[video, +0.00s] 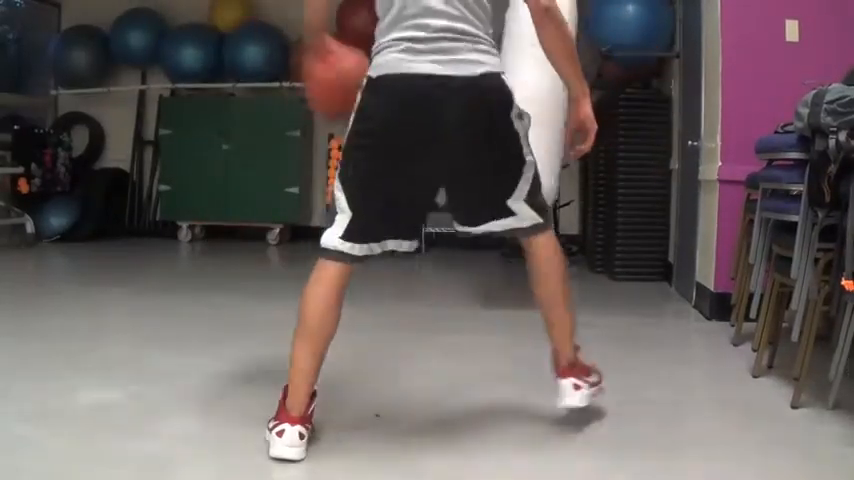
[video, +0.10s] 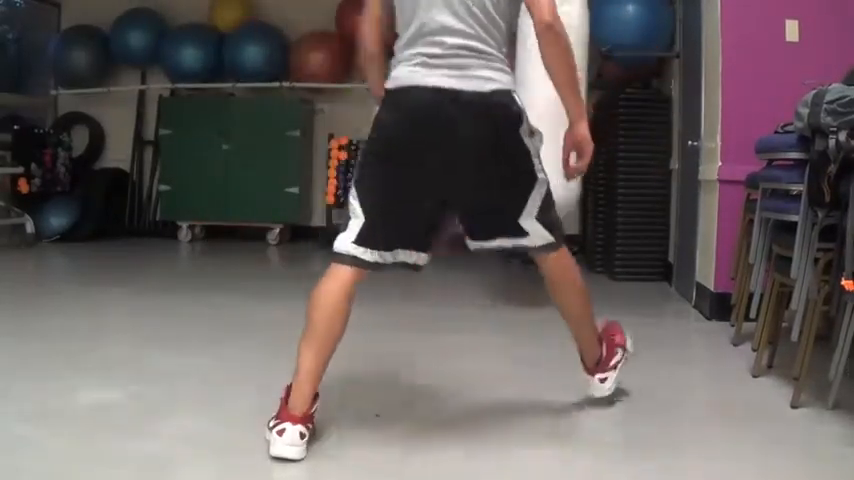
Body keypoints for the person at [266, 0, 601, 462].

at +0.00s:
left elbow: (320, 5)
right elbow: (544, 12)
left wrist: (317, 43)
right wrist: (579, 91)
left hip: (393, 88)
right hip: (479, 90)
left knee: (336, 254)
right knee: (535, 229)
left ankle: (292, 415)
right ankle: (569, 368)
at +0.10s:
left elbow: (371, 42)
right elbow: (547, 20)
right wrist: (578, 117)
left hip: (406, 111)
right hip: (489, 113)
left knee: (347, 263)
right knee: (548, 245)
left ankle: (294, 415)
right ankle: (596, 359)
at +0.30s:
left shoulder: (488, 4)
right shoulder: (577, 6)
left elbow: (480, 74)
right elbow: (565, 82)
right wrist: (572, 181)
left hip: (463, 145)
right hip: (532, 149)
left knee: (399, 279)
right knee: (599, 246)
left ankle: (313, 388)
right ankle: (615, 368)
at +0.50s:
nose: (626, 19)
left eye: (630, 16)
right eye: (625, 13)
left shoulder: (532, 10)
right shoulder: (600, 3)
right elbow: (624, 41)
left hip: (483, 125)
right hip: (548, 128)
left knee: (458, 256)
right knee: (608, 250)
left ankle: (391, 326)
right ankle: (615, 368)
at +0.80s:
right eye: (593, 8)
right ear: (583, 4)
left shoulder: (504, 22)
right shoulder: (590, 27)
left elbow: (473, 94)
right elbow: (589, 101)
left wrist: (442, 160)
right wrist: (584, 181)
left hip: (480, 147)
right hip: (545, 149)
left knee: (441, 233)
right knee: (604, 251)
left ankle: (390, 329)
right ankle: (612, 367)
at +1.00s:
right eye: (529, 18)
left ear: (488, 14)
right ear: (526, 17)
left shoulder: (458, 35)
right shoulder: (547, 45)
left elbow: (417, 79)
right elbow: (557, 111)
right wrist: (556, 184)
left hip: (457, 162)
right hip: (518, 166)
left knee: (425, 234)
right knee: (579, 255)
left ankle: (388, 329)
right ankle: (605, 360)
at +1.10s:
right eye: (510, 11)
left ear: (472, 14)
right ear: (511, 16)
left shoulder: (449, 32)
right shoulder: (534, 43)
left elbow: (385, 65)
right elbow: (554, 108)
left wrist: (325, 101)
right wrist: (562, 183)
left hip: (459, 160)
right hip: (521, 161)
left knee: (422, 236)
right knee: (578, 250)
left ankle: (389, 328)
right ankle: (608, 344)